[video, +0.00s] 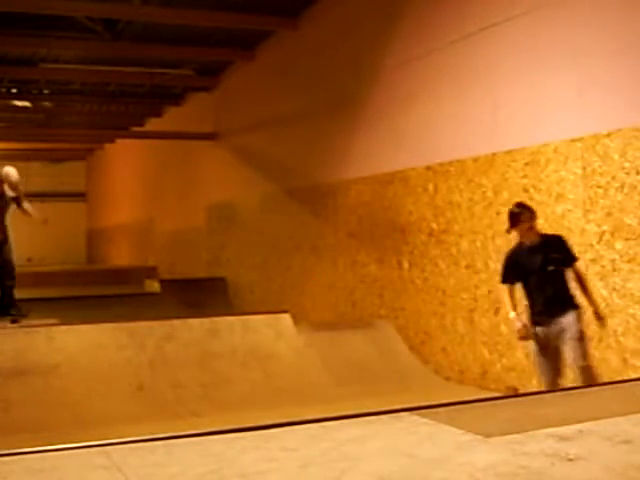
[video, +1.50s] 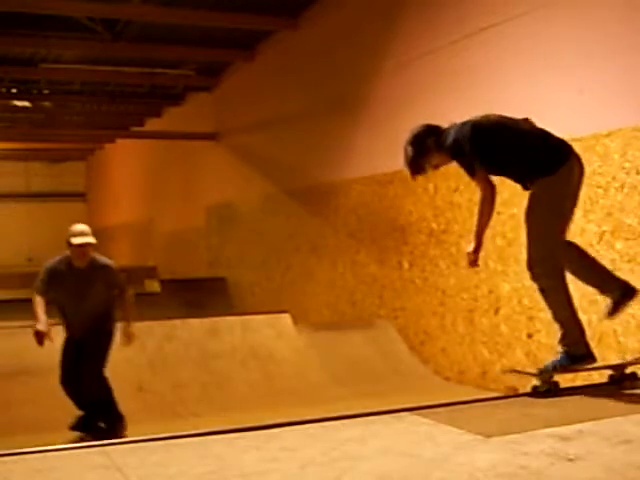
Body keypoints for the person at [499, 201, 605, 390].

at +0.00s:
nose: (520, 229)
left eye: (522, 223)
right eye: (517, 226)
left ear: (532, 221)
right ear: (514, 227)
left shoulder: (555, 243)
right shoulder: (514, 257)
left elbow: (577, 275)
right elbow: (510, 291)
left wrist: (595, 308)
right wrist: (517, 319)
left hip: (567, 314)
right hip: (540, 321)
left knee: (579, 365)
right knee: (548, 378)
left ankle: (593, 405)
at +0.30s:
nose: (542, 169)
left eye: (542, 161)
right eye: (536, 167)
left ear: (549, 156)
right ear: (531, 170)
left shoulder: (578, 168)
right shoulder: (540, 195)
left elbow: (617, 184)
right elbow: (529, 226)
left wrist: (622, 213)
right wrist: (504, 246)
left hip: (610, 227)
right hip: (589, 246)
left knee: (601, 281)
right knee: (622, 321)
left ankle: (636, 314)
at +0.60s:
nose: (519, 147)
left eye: (516, 140)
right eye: (514, 145)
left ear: (524, 127)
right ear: (513, 144)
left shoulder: (565, 129)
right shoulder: (536, 158)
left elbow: (615, 135)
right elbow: (522, 191)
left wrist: (636, 166)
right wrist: (490, 212)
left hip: (619, 200)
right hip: (621, 202)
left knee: (596, 275)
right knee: (618, 284)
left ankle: (618, 348)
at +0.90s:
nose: (490, 140)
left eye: (486, 134)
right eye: (485, 138)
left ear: (492, 119)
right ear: (494, 116)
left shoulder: (527, 118)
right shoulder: (523, 125)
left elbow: (566, 138)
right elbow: (534, 155)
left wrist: (564, 186)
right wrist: (514, 186)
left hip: (592, 191)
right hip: (609, 186)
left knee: (564, 273)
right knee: (597, 274)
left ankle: (582, 353)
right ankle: (638, 340)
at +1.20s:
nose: (457, 147)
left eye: (451, 143)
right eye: (450, 146)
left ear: (453, 127)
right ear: (457, 115)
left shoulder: (488, 121)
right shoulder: (492, 116)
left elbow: (523, 146)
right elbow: (539, 138)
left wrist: (511, 207)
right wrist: (537, 181)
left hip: (568, 181)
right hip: (590, 171)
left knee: (552, 269)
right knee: (592, 265)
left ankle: (577, 351)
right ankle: (635, 332)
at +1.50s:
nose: (436, 167)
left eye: (431, 163)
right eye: (430, 166)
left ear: (432, 148)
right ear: (434, 137)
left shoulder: (459, 145)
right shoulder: (469, 127)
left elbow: (488, 190)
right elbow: (525, 125)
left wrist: (476, 243)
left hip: (549, 178)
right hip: (566, 166)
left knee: (542, 267)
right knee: (555, 244)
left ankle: (577, 349)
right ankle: (617, 289)